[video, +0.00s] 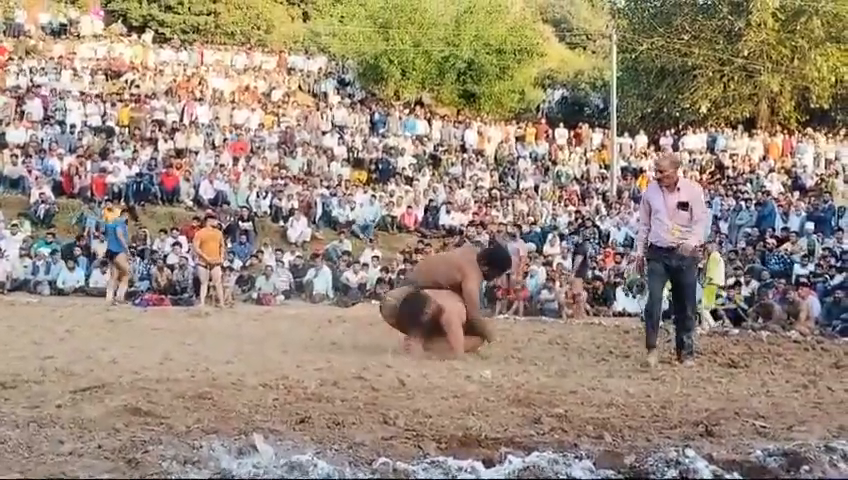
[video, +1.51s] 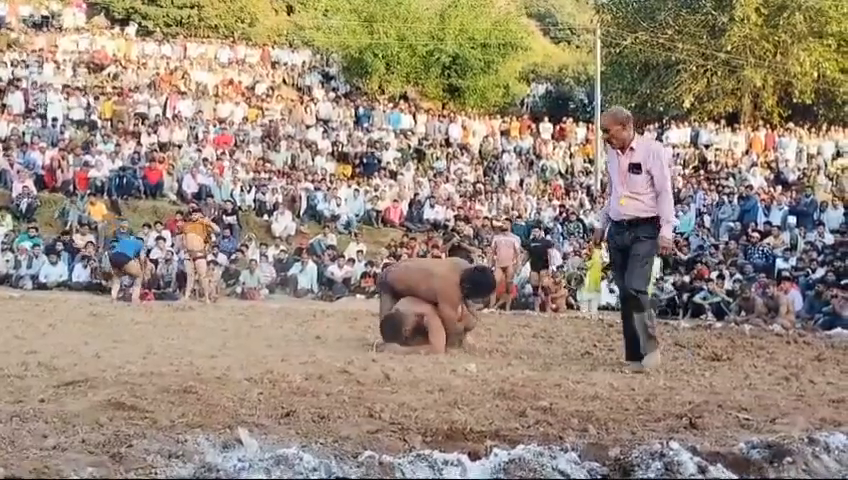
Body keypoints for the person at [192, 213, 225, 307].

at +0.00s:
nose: (214, 221)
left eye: (214, 219)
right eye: (211, 219)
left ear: (216, 220)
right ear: (206, 220)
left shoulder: (219, 233)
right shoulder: (199, 233)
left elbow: (222, 246)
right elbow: (196, 247)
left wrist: (221, 257)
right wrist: (206, 258)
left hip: (215, 261)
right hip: (203, 261)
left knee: (218, 282)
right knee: (204, 283)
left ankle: (221, 302)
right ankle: (202, 303)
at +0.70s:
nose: (208, 222)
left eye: (210, 220)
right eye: (206, 220)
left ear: (213, 221)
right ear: (202, 221)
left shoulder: (217, 234)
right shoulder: (194, 234)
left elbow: (222, 246)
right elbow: (191, 247)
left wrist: (216, 253)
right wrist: (195, 255)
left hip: (212, 259)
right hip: (199, 259)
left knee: (222, 275)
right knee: (190, 277)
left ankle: (220, 299)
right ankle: (195, 299)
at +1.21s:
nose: (202, 217)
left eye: (204, 215)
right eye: (200, 215)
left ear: (207, 217)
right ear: (197, 217)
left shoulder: (212, 227)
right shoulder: (192, 227)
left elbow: (220, 237)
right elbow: (185, 238)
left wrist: (213, 241)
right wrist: (189, 246)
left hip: (208, 254)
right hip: (195, 254)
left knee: (209, 276)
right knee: (191, 275)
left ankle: (211, 298)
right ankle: (190, 296)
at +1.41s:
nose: (196, 216)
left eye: (198, 214)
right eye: (194, 214)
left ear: (201, 215)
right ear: (191, 215)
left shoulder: (205, 226)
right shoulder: (187, 227)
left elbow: (219, 232)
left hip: (202, 253)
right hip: (190, 253)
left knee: (204, 276)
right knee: (191, 275)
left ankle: (207, 297)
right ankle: (188, 296)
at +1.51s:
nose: (194, 216)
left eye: (196, 213)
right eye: (192, 214)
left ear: (200, 214)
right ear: (189, 215)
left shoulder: (203, 223)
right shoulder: (186, 225)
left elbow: (217, 230)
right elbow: (180, 235)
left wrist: (208, 222)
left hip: (200, 252)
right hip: (188, 252)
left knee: (203, 276)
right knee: (189, 275)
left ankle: (206, 297)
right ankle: (187, 296)